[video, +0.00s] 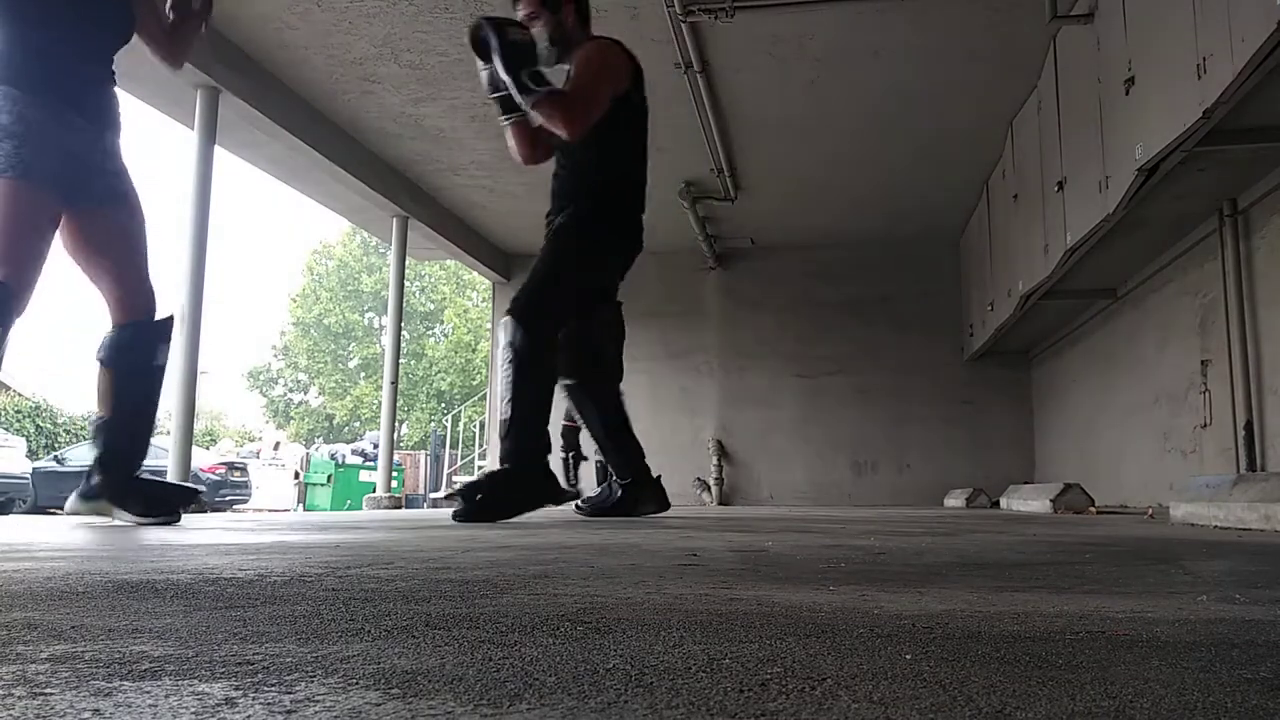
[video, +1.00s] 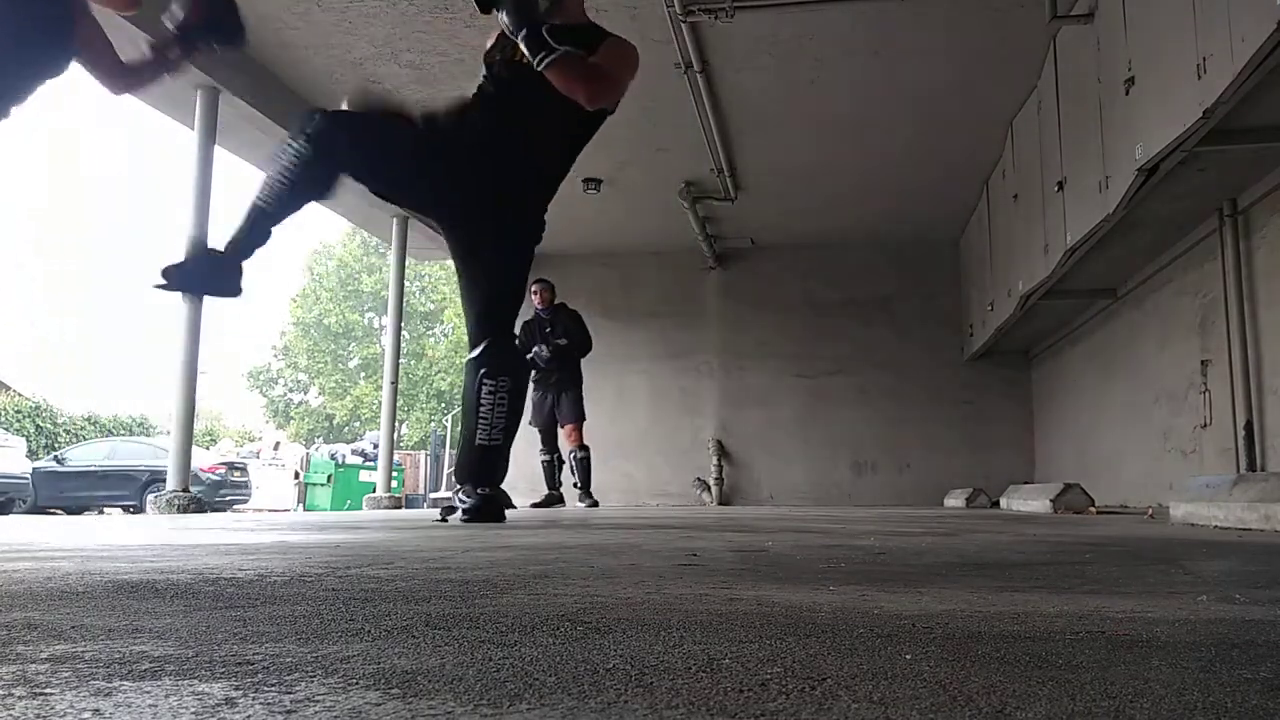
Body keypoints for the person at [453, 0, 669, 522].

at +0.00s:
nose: (529, 31)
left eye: (536, 18)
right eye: (525, 23)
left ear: (570, 10)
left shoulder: (603, 54)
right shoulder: (573, 79)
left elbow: (570, 120)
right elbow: (530, 151)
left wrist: (519, 69)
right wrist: (502, 92)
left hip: (595, 230)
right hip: (578, 233)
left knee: (527, 323)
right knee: (580, 366)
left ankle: (524, 469)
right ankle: (633, 481)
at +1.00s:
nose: (532, 12)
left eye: (542, 8)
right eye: (529, 10)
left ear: (572, 5)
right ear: (536, 11)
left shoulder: (616, 51)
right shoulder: (512, 38)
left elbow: (588, 91)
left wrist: (530, 36)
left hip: (502, 208)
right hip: (439, 161)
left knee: (492, 342)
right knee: (329, 129)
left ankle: (479, 487)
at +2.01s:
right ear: (474, 4)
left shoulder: (526, 8)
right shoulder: (464, 41)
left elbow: (474, 52)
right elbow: (413, 113)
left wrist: (417, 10)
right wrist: (372, 53)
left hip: (500, 199)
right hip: (448, 206)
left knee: (478, 323)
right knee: (397, 319)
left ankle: (485, 488)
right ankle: (448, 448)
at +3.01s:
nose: (395, 13)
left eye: (397, 6)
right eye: (396, 10)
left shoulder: (451, 24)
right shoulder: (418, 49)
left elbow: (417, 75)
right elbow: (377, 123)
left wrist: (372, 31)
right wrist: (357, 61)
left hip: (410, 199)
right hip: (435, 211)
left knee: (304, 275)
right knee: (428, 348)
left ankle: (316, 428)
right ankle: (455, 483)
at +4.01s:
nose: (409, 17)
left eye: (411, 9)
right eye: (406, 13)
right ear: (424, 14)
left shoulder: (484, 28)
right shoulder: (441, 61)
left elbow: (476, 104)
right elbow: (407, 155)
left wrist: (411, 65)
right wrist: (363, 103)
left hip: (458, 203)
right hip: (432, 208)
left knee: (377, 295)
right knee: (440, 347)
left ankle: (368, 460)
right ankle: (471, 483)